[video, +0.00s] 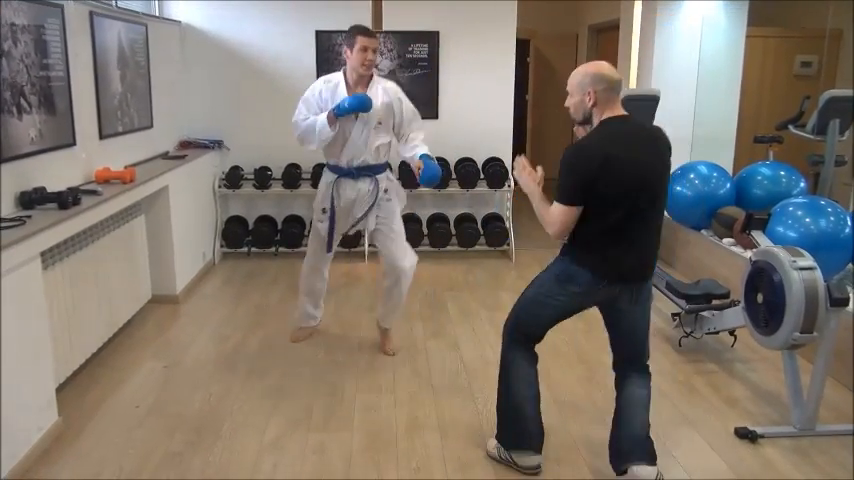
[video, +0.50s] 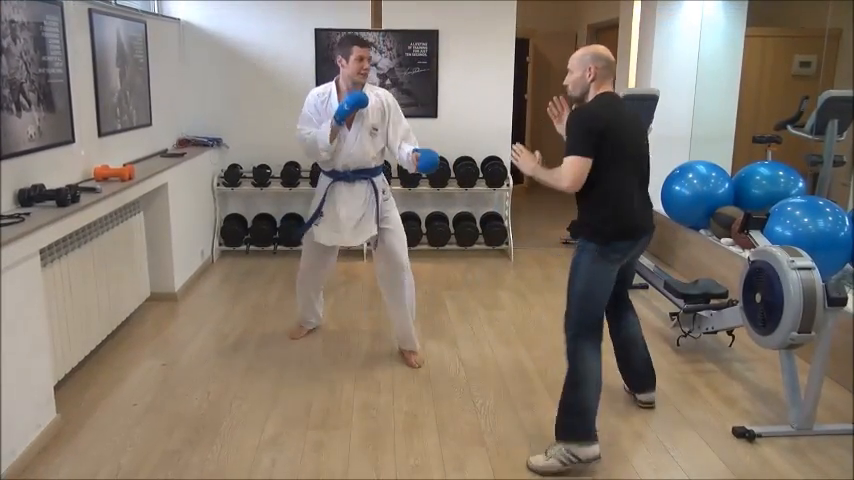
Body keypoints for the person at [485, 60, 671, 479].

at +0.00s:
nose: (567, 102)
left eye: (570, 94)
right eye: (567, 94)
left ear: (591, 97)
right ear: (613, 96)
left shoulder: (585, 153)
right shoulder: (657, 140)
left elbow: (556, 226)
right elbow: (633, 196)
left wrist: (532, 189)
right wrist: (587, 139)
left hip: (583, 271)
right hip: (635, 276)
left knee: (518, 335)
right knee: (633, 368)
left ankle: (521, 447)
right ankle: (638, 463)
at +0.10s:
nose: (551, 90)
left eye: (555, 82)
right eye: (552, 82)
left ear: (575, 83)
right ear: (597, 81)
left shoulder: (580, 136)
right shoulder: (639, 125)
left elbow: (570, 215)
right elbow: (617, 182)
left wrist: (539, 193)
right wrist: (571, 143)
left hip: (585, 254)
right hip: (631, 256)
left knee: (528, 334)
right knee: (622, 346)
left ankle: (521, 446)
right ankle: (642, 435)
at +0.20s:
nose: (546, 69)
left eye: (548, 61)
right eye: (545, 62)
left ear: (569, 60)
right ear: (589, 59)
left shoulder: (575, 107)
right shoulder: (631, 97)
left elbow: (580, 184)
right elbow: (621, 151)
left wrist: (548, 176)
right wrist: (568, 129)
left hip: (594, 232)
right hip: (638, 229)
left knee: (552, 329)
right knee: (620, 317)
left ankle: (539, 441)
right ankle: (650, 411)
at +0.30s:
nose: (546, 69)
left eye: (549, 61)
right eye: (547, 62)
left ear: (568, 62)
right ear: (588, 62)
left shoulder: (569, 105)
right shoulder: (623, 100)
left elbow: (575, 176)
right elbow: (614, 156)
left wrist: (547, 172)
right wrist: (565, 138)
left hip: (597, 232)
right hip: (637, 228)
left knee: (562, 332)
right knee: (619, 303)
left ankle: (580, 451)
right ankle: (649, 397)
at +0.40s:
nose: (554, 86)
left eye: (557, 79)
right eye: (555, 78)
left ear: (576, 80)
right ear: (596, 82)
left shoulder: (570, 122)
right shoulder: (625, 119)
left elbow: (558, 189)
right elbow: (608, 163)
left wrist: (533, 184)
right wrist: (563, 138)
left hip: (599, 245)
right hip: (637, 239)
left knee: (558, 339)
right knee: (617, 301)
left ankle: (581, 455)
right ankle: (643, 384)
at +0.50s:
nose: (565, 79)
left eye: (570, 71)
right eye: (567, 72)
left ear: (591, 74)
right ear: (600, 74)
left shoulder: (590, 115)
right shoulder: (626, 112)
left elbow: (570, 181)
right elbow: (607, 165)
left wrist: (534, 169)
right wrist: (571, 133)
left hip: (603, 235)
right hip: (635, 229)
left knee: (582, 332)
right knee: (618, 303)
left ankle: (578, 442)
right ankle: (643, 387)